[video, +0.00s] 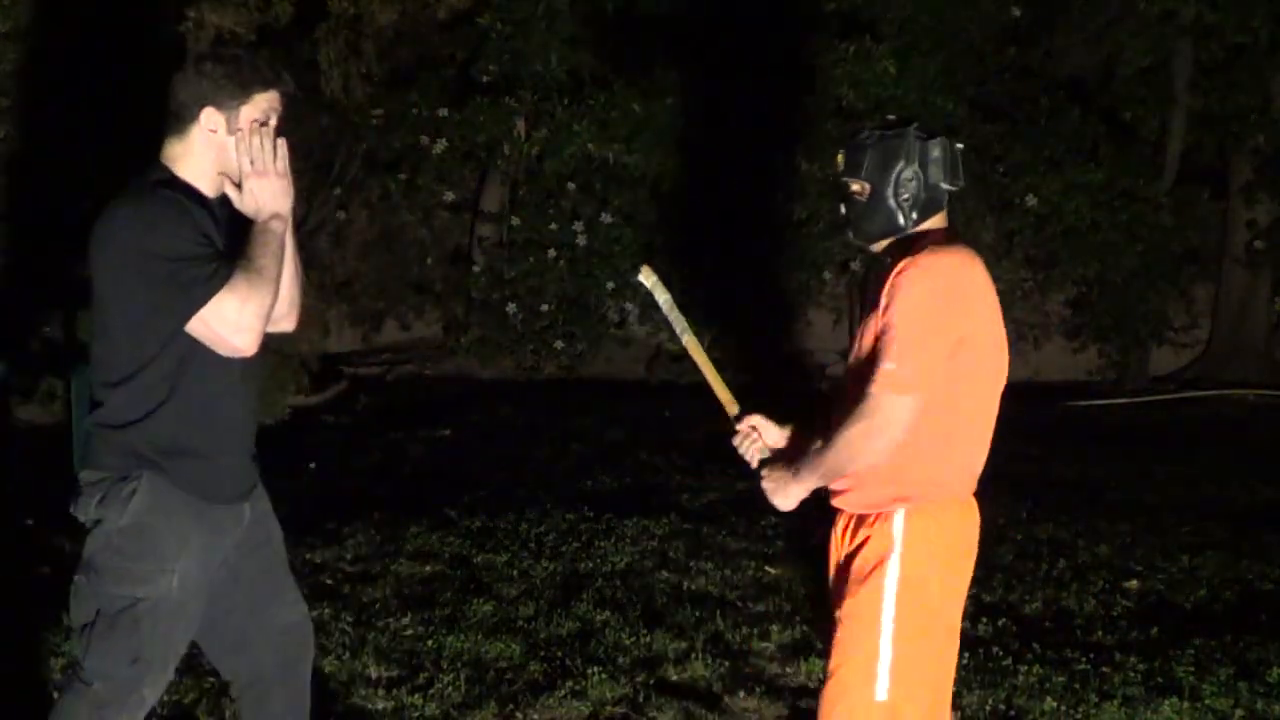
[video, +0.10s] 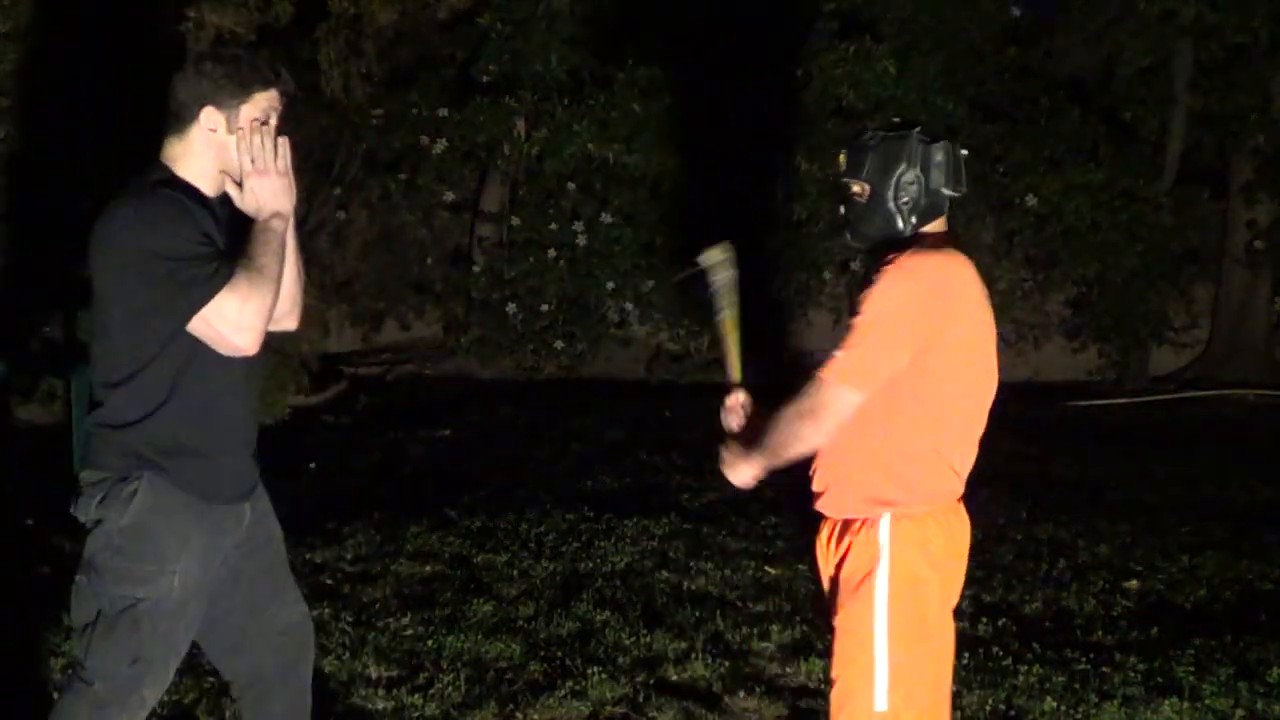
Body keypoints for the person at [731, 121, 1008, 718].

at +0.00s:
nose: (848, 206)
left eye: (859, 190)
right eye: (848, 190)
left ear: (901, 190)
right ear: (905, 192)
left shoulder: (929, 275)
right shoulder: (920, 273)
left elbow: (888, 412)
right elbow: (877, 414)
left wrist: (802, 476)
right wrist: (792, 441)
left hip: (909, 534)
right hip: (893, 529)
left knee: (864, 705)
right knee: (902, 703)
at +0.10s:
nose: (849, 205)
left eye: (858, 190)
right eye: (850, 189)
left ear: (893, 194)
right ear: (923, 195)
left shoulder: (914, 279)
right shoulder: (942, 275)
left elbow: (831, 403)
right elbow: (869, 405)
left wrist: (754, 458)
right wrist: (766, 424)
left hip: (893, 539)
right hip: (908, 533)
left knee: (877, 706)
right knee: (899, 703)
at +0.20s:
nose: (828, 215)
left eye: (839, 201)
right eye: (830, 200)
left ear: (876, 207)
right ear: (908, 210)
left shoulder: (886, 291)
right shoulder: (937, 290)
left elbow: (754, 374)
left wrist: (708, 379)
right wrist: (773, 348)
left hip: (881, 550)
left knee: (862, 708)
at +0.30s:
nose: (791, 221)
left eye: (801, 209)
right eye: (791, 208)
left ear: (840, 216)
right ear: (867, 217)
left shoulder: (836, 298)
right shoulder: (921, 300)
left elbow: (712, 344)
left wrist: (745, 313)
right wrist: (781, 310)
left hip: (851, 554)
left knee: (845, 708)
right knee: (726, 652)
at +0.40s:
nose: (742, 221)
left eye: (750, 210)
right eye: (744, 208)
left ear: (780, 217)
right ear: (828, 213)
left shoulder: (785, 297)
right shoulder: (867, 289)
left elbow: (676, 350)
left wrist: (676, 276)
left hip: (816, 553)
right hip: (763, 550)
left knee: (825, 709)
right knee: (672, 657)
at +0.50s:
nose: (692, 224)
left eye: (703, 210)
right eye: (694, 209)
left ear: (738, 218)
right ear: (772, 218)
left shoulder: (774, 312)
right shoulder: (752, 305)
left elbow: (627, 384)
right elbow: (666, 356)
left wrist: (570, 316)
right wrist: (622, 294)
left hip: (777, 557)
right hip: (710, 555)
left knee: (782, 711)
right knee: (622, 671)